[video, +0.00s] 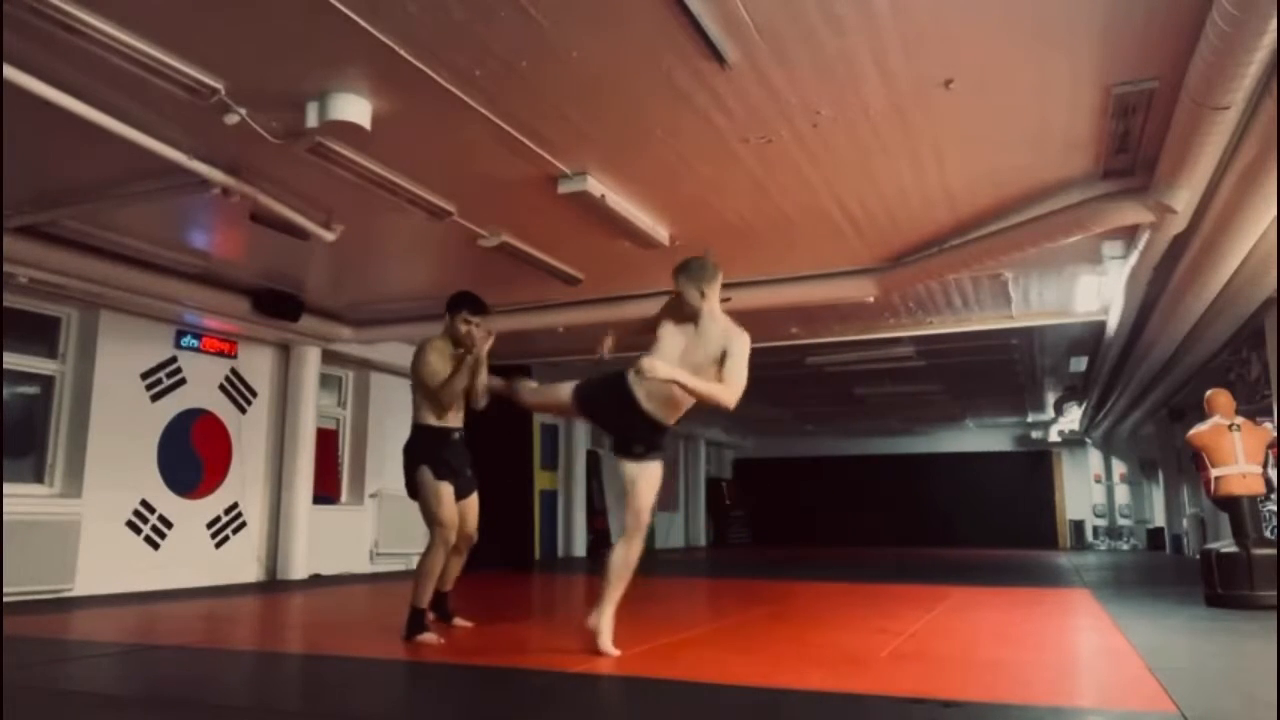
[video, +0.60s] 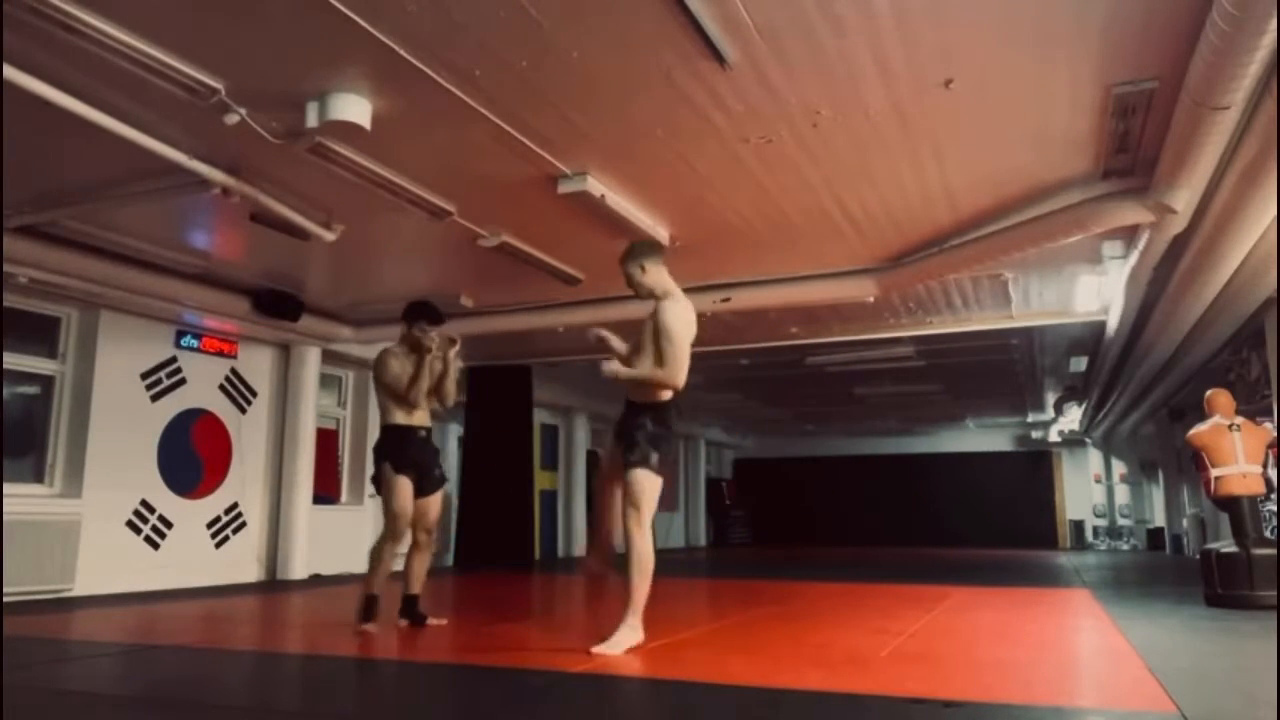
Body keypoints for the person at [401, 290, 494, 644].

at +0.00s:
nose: (472, 330)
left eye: (477, 325)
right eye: (466, 322)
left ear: (482, 328)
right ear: (449, 319)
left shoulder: (470, 355)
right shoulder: (431, 351)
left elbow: (478, 400)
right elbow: (443, 399)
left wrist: (482, 356)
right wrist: (469, 358)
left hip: (457, 446)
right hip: (428, 445)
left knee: (467, 533)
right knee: (444, 531)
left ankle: (442, 604)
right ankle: (417, 619)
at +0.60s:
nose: (430, 337)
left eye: (433, 332)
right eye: (424, 330)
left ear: (435, 333)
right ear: (408, 327)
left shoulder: (431, 359)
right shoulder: (388, 358)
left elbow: (447, 399)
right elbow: (411, 398)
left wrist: (450, 360)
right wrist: (426, 356)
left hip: (425, 445)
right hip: (396, 443)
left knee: (426, 532)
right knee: (398, 526)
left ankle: (412, 604)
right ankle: (371, 598)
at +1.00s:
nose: (401, 333)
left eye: (406, 328)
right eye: (396, 325)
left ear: (409, 332)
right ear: (378, 323)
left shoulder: (405, 365)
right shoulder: (354, 355)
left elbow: (414, 414)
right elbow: (362, 400)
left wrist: (426, 381)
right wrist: (384, 360)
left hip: (394, 446)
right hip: (360, 444)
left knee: (414, 531)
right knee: (348, 531)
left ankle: (410, 607)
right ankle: (327, 614)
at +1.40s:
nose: (425, 335)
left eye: (429, 331)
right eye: (420, 327)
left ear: (429, 334)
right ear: (399, 325)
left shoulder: (420, 368)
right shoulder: (376, 358)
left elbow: (425, 419)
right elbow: (387, 402)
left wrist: (445, 390)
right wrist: (416, 362)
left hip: (409, 453)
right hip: (375, 451)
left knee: (442, 528)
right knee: (351, 536)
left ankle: (452, 605)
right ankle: (326, 614)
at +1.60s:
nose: (459, 337)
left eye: (462, 332)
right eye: (453, 329)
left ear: (462, 335)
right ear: (433, 329)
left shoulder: (453, 367)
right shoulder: (416, 361)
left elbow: (455, 420)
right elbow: (427, 404)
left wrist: (478, 398)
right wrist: (458, 368)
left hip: (447, 453)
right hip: (413, 450)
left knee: (466, 531)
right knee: (386, 529)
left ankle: (459, 609)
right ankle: (338, 591)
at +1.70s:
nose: (471, 335)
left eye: (473, 329)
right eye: (465, 327)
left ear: (472, 332)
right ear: (446, 326)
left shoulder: (462, 366)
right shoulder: (430, 358)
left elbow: (463, 419)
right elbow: (443, 401)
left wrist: (489, 393)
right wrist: (472, 369)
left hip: (457, 446)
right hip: (428, 441)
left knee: (471, 529)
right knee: (424, 505)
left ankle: (459, 609)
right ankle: (370, 560)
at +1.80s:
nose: (476, 333)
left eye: (479, 328)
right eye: (472, 326)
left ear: (475, 331)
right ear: (452, 325)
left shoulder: (466, 364)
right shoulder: (441, 355)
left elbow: (471, 414)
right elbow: (447, 401)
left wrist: (494, 386)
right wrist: (481, 371)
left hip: (465, 440)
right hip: (442, 434)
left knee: (475, 530)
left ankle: (461, 608)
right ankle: (402, 539)